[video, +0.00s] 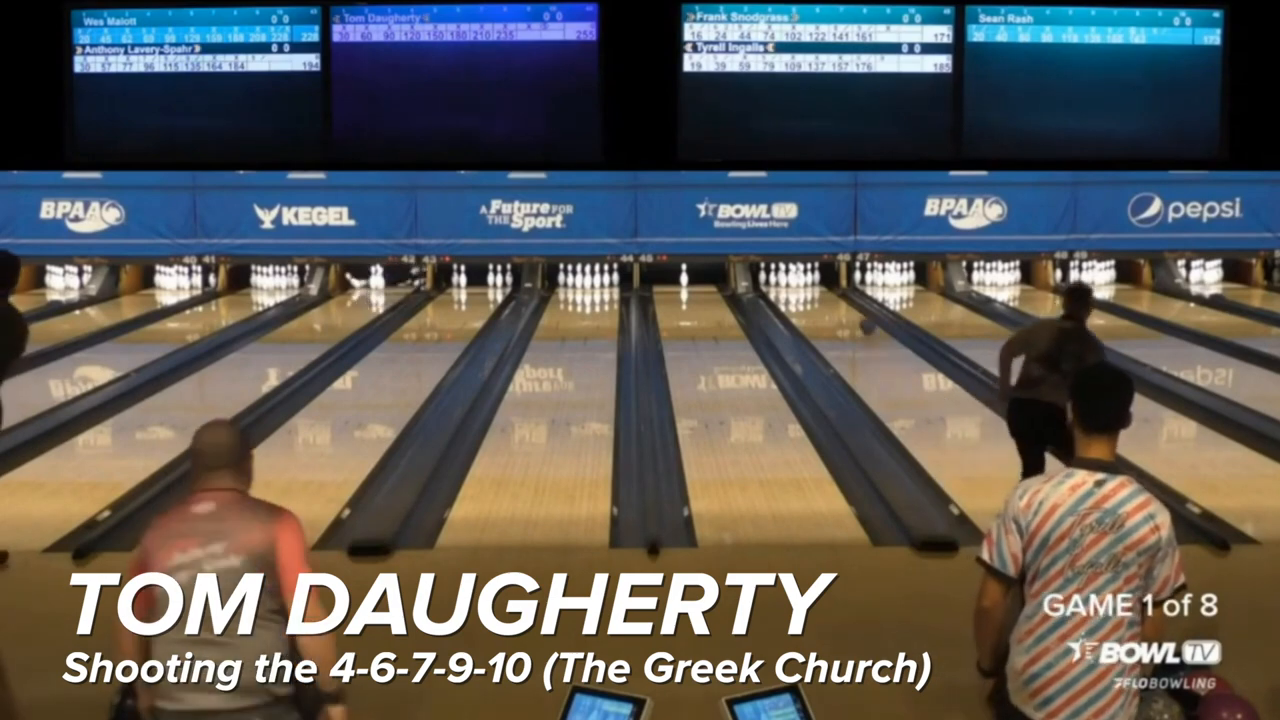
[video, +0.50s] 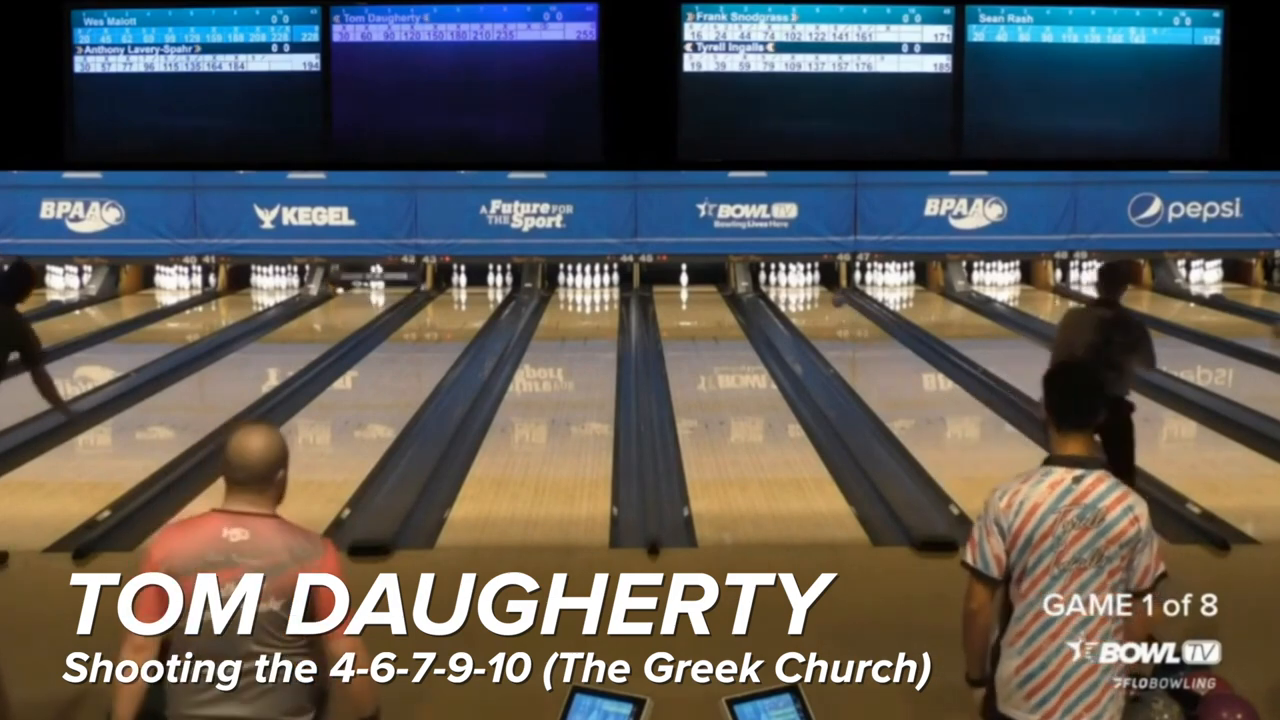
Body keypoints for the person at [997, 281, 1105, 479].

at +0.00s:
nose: (1086, 310)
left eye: (1082, 304)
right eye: (1087, 305)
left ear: (1064, 303)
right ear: (1089, 308)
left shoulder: (1042, 329)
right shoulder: (1091, 345)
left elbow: (1007, 352)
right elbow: (1095, 386)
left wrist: (1004, 389)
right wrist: (1081, 420)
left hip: (1021, 407)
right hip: (1054, 413)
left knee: (1032, 471)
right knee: (1081, 465)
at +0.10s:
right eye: (1089, 301)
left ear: (1067, 299)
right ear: (1092, 304)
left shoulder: (1044, 326)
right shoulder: (1096, 343)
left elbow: (1012, 353)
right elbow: (1102, 384)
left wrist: (1013, 391)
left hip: (1027, 407)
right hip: (1063, 412)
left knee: (1035, 468)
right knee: (1081, 463)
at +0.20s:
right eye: (1092, 296)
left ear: (1072, 295)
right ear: (1096, 299)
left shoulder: (1047, 324)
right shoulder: (1101, 340)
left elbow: (1019, 353)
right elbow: (1109, 384)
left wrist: (1021, 389)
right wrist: (1118, 416)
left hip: (1036, 408)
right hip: (1077, 413)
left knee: (1038, 471)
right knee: (1086, 469)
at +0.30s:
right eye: (1102, 292)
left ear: (1081, 290)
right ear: (1107, 294)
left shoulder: (1056, 321)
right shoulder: (1117, 336)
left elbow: (1034, 357)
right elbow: (1129, 385)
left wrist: (1041, 387)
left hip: (1054, 407)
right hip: (1098, 410)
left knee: (1049, 466)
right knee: (1112, 469)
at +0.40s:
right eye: (1110, 287)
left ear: (1089, 287)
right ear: (1116, 291)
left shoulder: (1064, 320)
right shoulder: (1125, 331)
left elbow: (1045, 358)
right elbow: (1135, 376)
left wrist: (1049, 387)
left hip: (1063, 405)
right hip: (1105, 409)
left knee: (1054, 467)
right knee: (1117, 474)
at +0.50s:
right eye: (1120, 284)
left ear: (1098, 283)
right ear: (1123, 287)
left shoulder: (1073, 318)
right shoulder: (1132, 324)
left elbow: (1058, 361)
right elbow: (1147, 364)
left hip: (1071, 401)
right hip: (1112, 407)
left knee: (1069, 467)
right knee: (1122, 476)